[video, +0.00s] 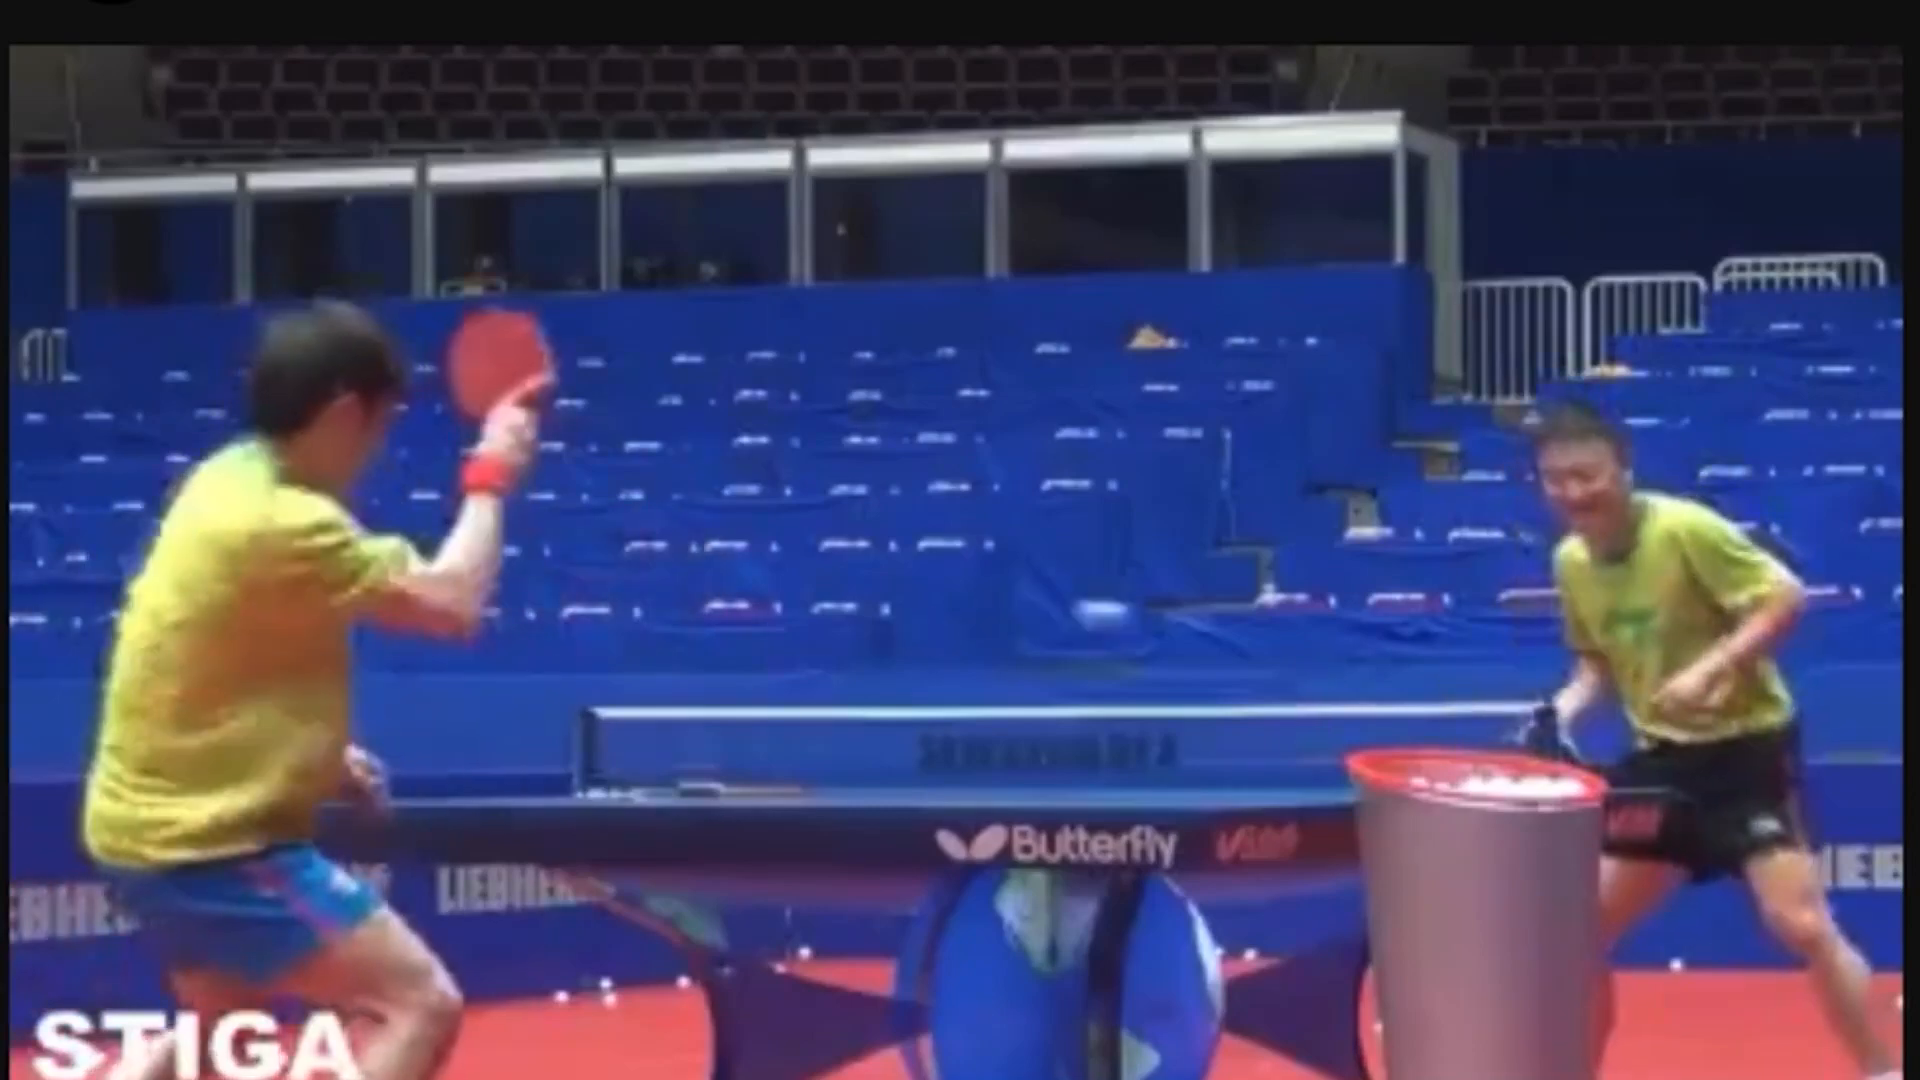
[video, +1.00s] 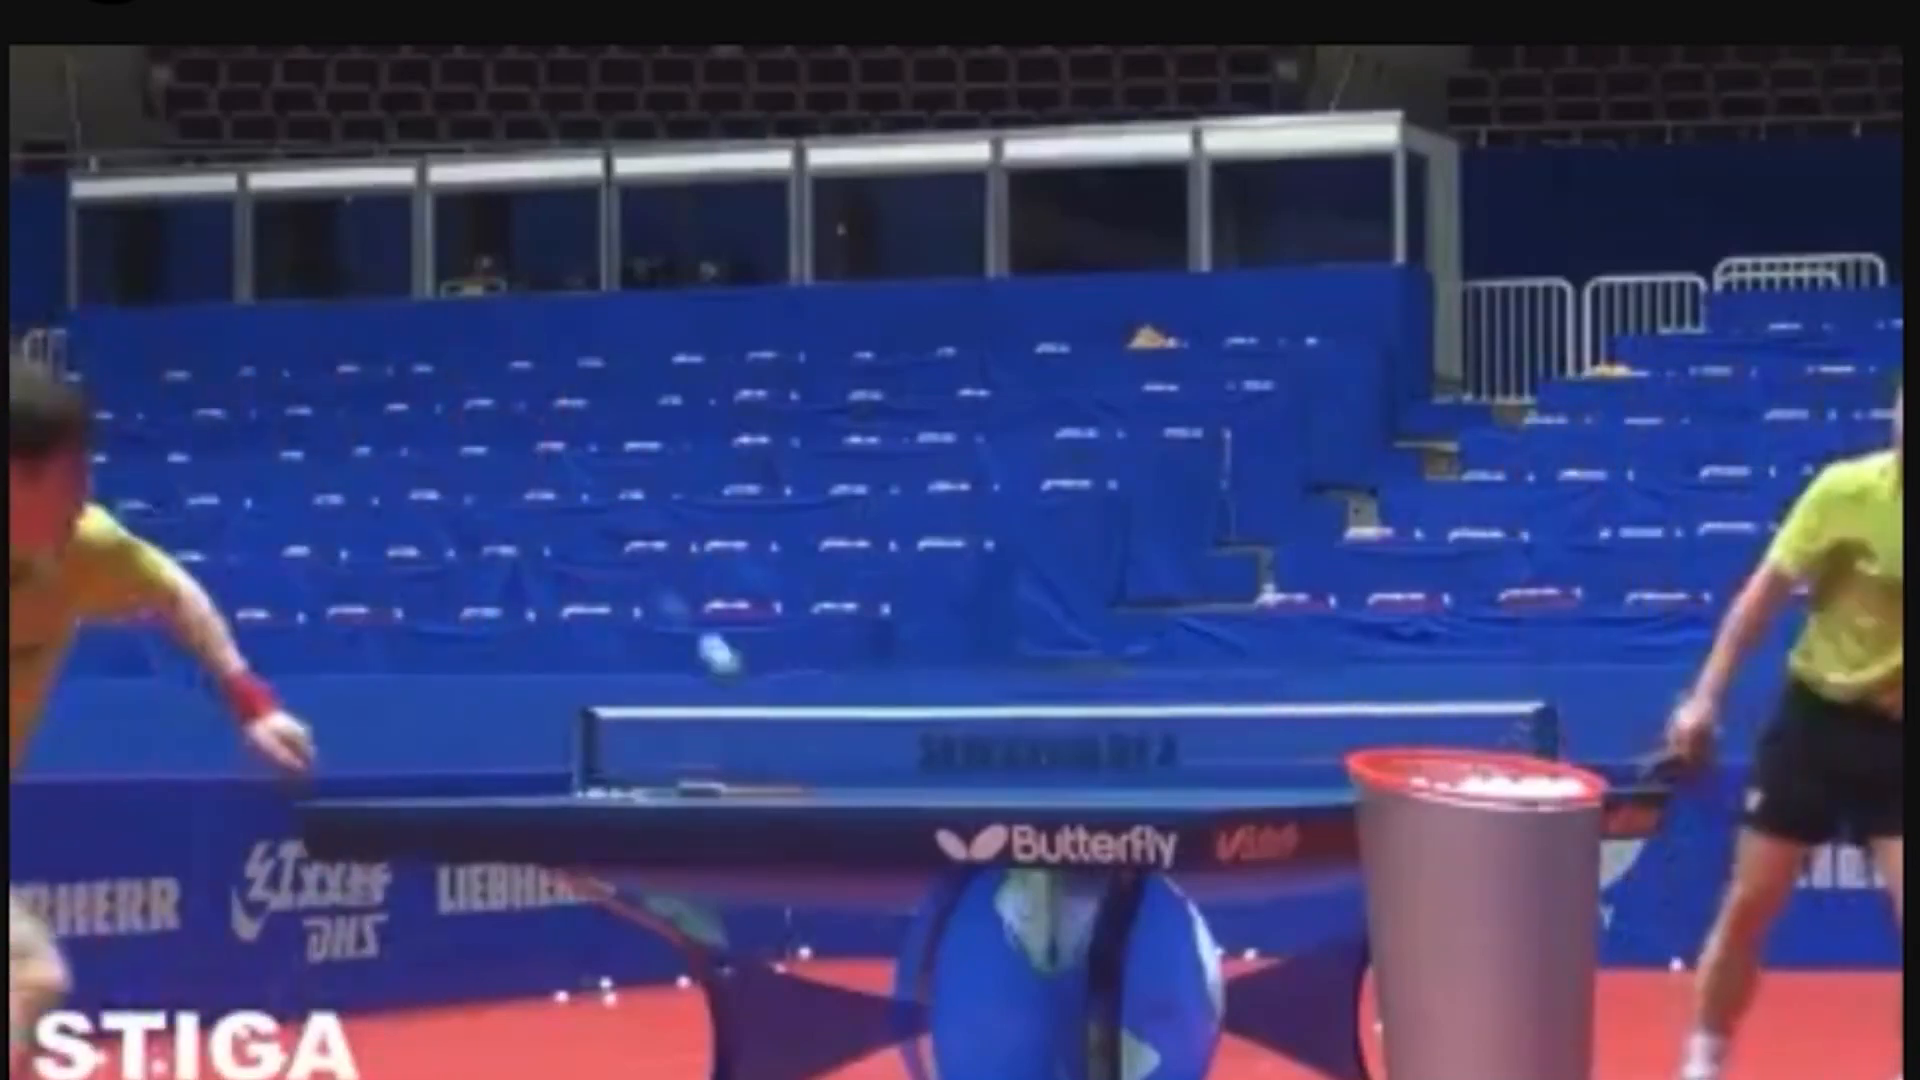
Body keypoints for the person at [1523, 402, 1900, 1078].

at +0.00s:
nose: (1577, 493)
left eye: (1590, 474)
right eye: (1561, 480)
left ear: (1623, 470)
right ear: (1546, 488)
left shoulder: (1685, 529)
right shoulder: (1572, 561)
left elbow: (1785, 594)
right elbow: (1595, 665)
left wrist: (1708, 670)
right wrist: (1558, 711)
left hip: (1747, 751)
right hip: (1662, 760)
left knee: (1802, 924)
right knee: (1578, 924)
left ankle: (1883, 1067)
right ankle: (1569, 1067)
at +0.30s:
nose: (1660, 477)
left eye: (1672, 457)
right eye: (1643, 464)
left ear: (1704, 452)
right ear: (1626, 473)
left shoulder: (1773, 492)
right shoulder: (1625, 537)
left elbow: (1846, 564)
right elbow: (1650, 637)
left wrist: (1800, 614)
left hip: (1807, 734)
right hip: (1707, 744)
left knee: (1857, 919)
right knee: (1641, 939)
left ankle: (1896, 1067)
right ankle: (1593, 1069)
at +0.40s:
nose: (1693, 460)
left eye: (1705, 442)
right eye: (1677, 446)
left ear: (1737, 435)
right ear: (1661, 451)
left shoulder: (1790, 481)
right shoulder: (1657, 516)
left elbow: (1826, 559)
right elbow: (1717, 571)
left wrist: (1811, 597)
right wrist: (1780, 592)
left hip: (1801, 733)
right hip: (1704, 743)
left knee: (1855, 923)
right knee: (1641, 934)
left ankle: (1893, 1067)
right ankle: (1592, 1066)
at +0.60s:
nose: (1801, 456)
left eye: (1815, 440)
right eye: (1787, 440)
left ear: (1841, 444)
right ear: (1766, 447)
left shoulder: (1865, 507)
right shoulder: (1745, 510)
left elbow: (1871, 604)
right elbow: (1801, 587)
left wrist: (1876, 645)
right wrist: (1878, 636)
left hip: (1826, 747)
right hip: (1728, 748)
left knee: (1887, 920)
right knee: (1649, 937)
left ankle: (1901, 1066)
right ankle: (1590, 1066)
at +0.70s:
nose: (1863, 462)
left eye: (1878, 447)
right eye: (1851, 446)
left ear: (1900, 456)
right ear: (1832, 453)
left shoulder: (1898, 528)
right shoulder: (1798, 522)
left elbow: (1892, 650)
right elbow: (1819, 641)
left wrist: (1887, 726)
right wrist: (1864, 739)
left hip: (1860, 745)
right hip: (1767, 745)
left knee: (1899, 914)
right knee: (1678, 924)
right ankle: (1606, 1057)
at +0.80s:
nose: (1893, 461)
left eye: (1904, 447)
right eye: (1885, 446)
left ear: (1913, 454)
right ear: (1866, 450)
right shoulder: (1829, 519)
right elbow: (1794, 641)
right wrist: (1798, 766)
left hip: (1878, 741)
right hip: (1786, 726)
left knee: (1903, 899)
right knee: (1707, 908)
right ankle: (1642, 1052)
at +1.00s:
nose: (1903, 425)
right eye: (1901, 413)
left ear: (1897, 422)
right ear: (1894, 416)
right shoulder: (1851, 489)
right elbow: (1767, 588)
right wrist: (1705, 698)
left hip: (1896, 722)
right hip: (1819, 711)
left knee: (1902, 897)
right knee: (1753, 897)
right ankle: (1705, 1056)